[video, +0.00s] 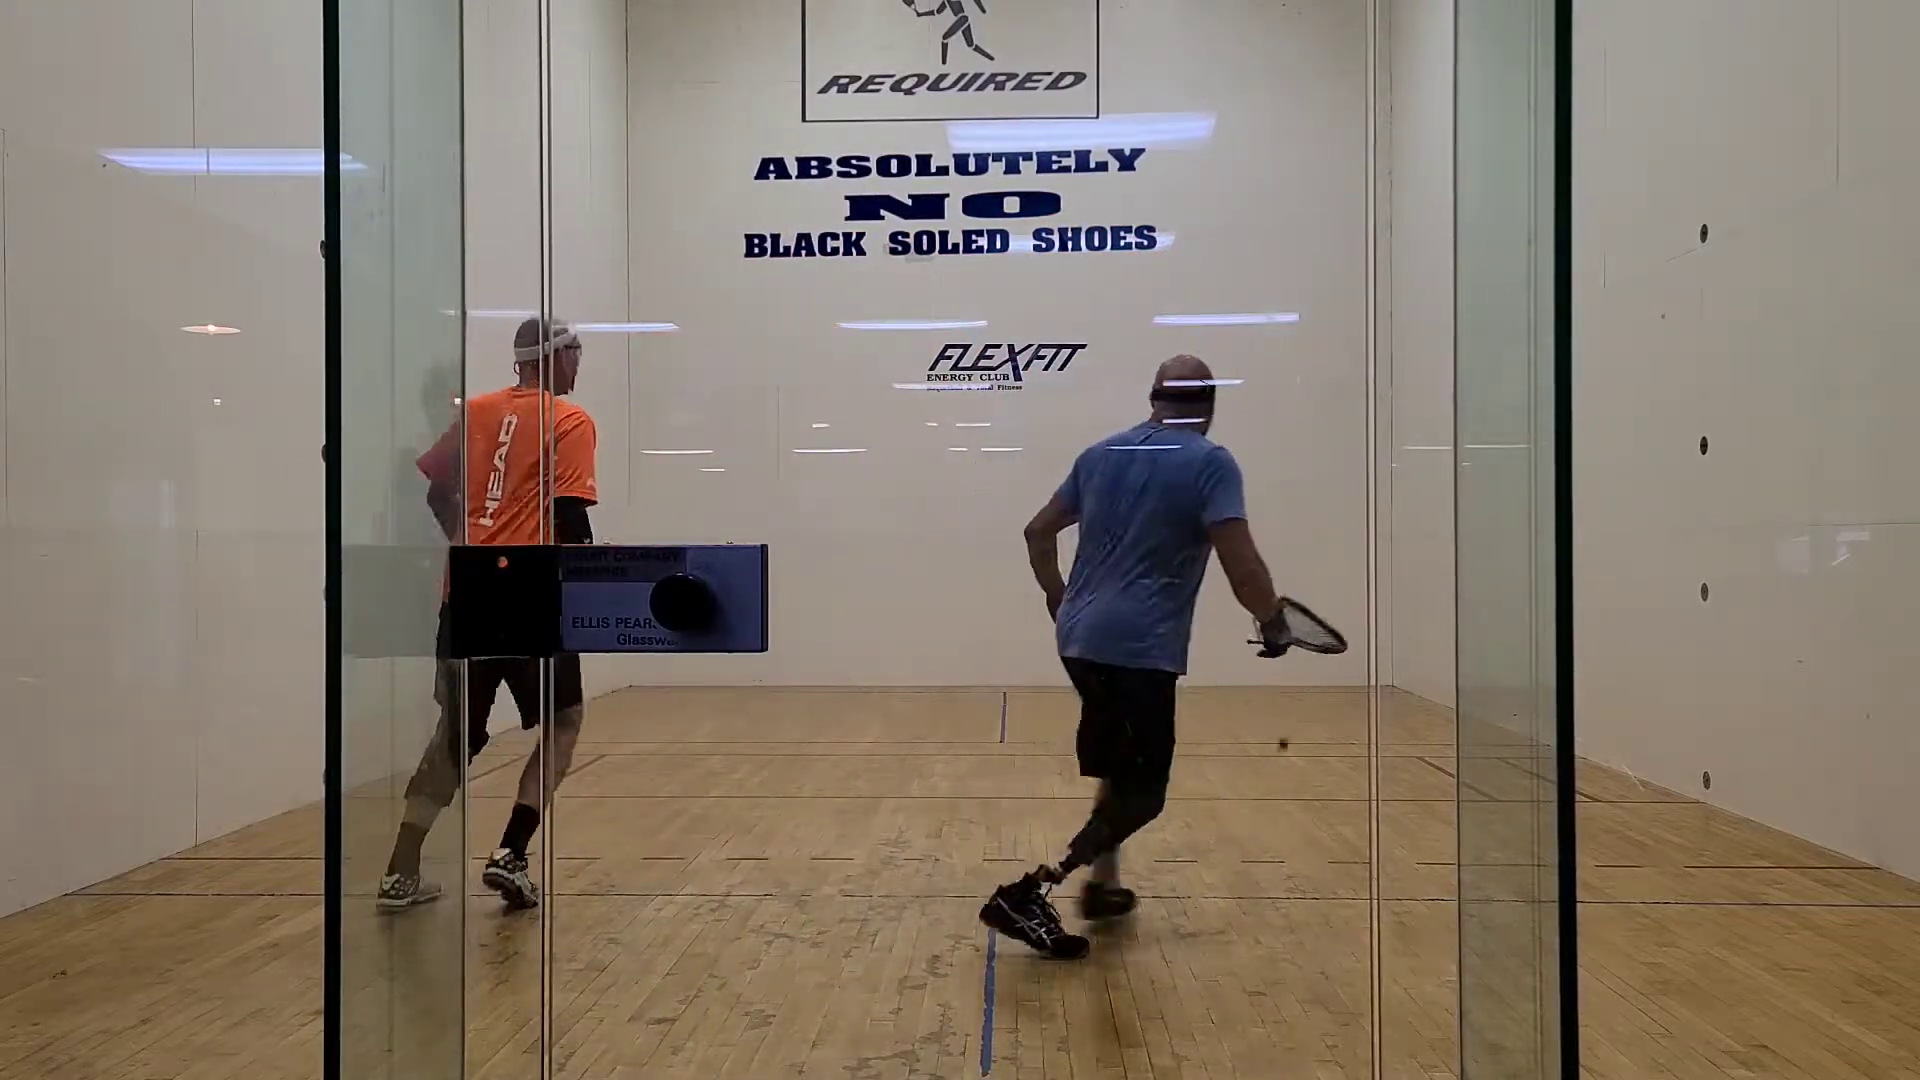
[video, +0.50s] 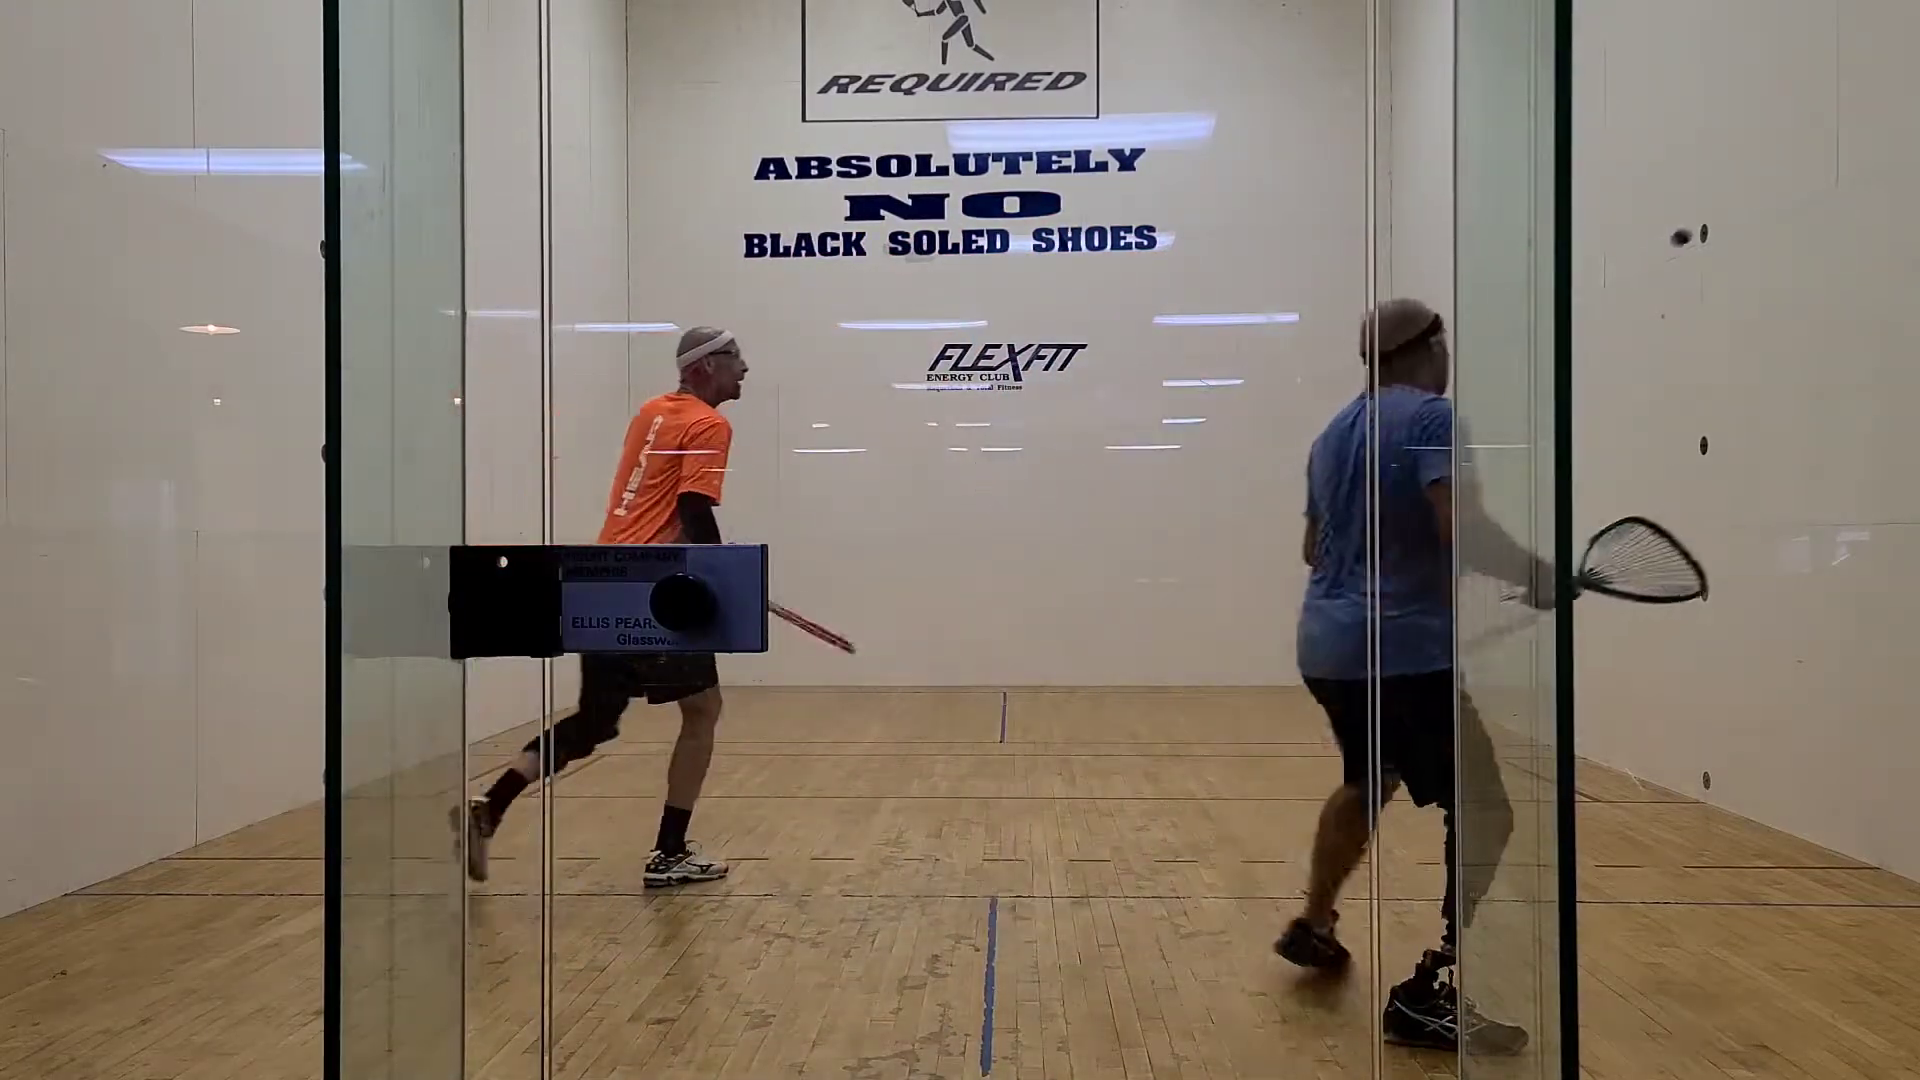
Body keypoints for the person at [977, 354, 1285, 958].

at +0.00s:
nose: (1206, 412)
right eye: (1208, 403)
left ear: (1153, 402)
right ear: (1209, 405)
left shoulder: (1101, 455)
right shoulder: (1210, 462)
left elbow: (1039, 531)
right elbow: (1240, 562)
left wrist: (1056, 595)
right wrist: (1271, 620)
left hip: (1077, 639)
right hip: (1142, 649)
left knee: (1115, 761)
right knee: (1143, 794)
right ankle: (1034, 891)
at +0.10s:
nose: (1255, 409)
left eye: (1249, 399)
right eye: (1255, 399)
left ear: (1196, 396)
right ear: (1249, 398)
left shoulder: (1139, 445)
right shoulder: (1247, 457)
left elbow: (1078, 528)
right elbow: (1273, 565)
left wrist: (1109, 597)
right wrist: (1310, 626)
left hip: (1122, 642)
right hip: (1189, 646)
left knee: (1205, 766)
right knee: (1231, 788)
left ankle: (1219, 903)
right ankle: (1101, 872)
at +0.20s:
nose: (1295, 415)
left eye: (1293, 405)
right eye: (1293, 405)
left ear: (1232, 407)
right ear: (1283, 407)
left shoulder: (1179, 465)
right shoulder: (1279, 469)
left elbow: (1132, 555)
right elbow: (1302, 575)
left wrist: (1182, 606)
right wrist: (1349, 631)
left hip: (1171, 663)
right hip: (1237, 661)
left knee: (1254, 769)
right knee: (1325, 789)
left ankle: (1236, 907)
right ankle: (1257, 888)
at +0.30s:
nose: (1337, 418)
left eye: (1335, 407)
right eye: (1336, 407)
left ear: (1271, 408)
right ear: (1326, 407)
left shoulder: (1230, 470)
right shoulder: (1319, 472)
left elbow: (1203, 572)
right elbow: (1340, 582)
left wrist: (1288, 596)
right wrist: (1404, 628)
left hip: (1216, 669)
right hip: (1285, 672)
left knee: (1273, 772)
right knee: (1401, 793)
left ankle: (1237, 912)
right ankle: (1399, 943)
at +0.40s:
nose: (1390, 388)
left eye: (1385, 378)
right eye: (1387, 377)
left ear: (1317, 386)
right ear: (1374, 381)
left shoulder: (1277, 453)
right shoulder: (1374, 446)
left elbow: (1259, 565)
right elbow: (1395, 554)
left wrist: (1359, 571)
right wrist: (1465, 605)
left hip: (1279, 659)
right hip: (1349, 664)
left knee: (1301, 771)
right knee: (1444, 793)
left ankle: (1248, 903)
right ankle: (1430, 980)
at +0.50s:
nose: (1446, 359)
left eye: (1442, 348)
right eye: (1441, 348)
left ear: (1374, 359)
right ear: (1427, 350)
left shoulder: (1333, 433)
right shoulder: (1432, 415)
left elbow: (1315, 549)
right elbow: (1466, 530)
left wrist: (1405, 559)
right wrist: (1537, 572)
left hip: (1328, 655)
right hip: (1409, 658)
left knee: (1365, 779)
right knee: (1486, 814)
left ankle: (1313, 924)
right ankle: (1440, 984)